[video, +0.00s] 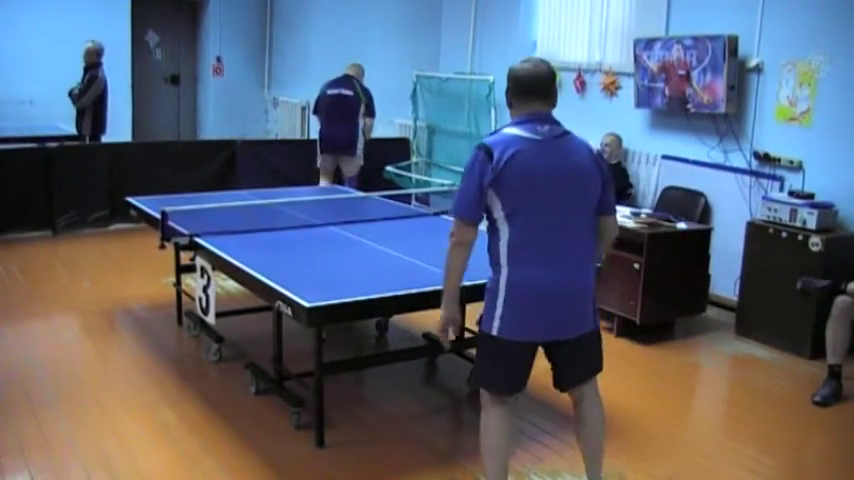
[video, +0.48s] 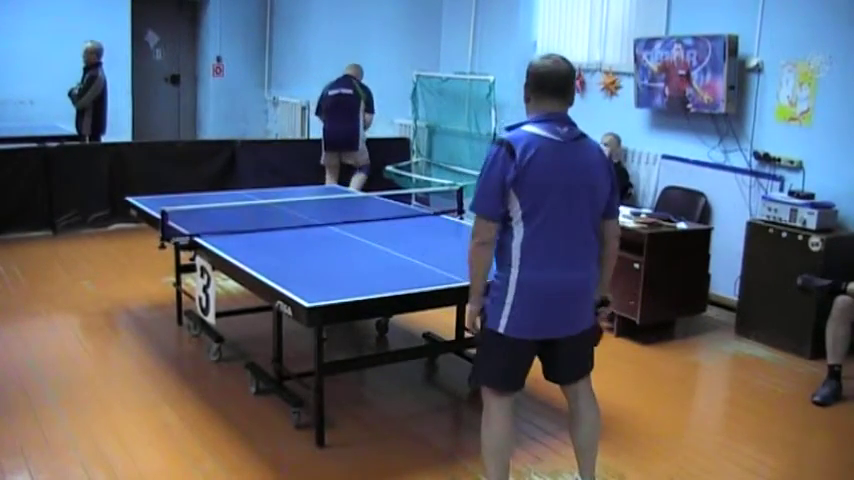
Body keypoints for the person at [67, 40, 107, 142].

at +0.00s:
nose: (85, 57)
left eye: (89, 54)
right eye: (85, 53)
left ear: (98, 56)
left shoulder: (96, 76)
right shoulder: (88, 74)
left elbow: (81, 101)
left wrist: (74, 92)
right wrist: (76, 92)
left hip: (92, 128)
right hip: (85, 127)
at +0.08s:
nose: (85, 57)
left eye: (89, 54)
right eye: (85, 53)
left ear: (98, 56)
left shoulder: (96, 76)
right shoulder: (88, 74)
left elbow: (81, 101)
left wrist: (74, 92)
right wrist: (76, 92)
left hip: (92, 128)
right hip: (85, 127)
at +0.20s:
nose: (85, 57)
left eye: (89, 54)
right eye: (85, 53)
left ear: (97, 56)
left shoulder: (96, 76)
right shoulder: (88, 73)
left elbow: (82, 101)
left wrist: (74, 92)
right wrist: (76, 92)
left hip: (92, 128)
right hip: (84, 127)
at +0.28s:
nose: (85, 57)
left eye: (89, 54)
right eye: (85, 53)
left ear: (97, 56)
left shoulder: (96, 76)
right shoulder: (88, 73)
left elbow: (81, 101)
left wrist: (74, 92)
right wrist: (76, 92)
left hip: (92, 128)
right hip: (85, 127)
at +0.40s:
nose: (85, 57)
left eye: (89, 54)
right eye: (85, 53)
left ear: (97, 56)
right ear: (83, 54)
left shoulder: (96, 76)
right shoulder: (87, 73)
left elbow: (82, 101)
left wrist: (74, 92)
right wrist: (76, 93)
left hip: (92, 128)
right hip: (84, 127)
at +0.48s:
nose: (84, 56)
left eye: (88, 53)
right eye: (84, 52)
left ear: (96, 56)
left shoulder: (96, 76)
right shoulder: (88, 73)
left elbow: (81, 102)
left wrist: (73, 92)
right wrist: (76, 93)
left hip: (91, 128)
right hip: (85, 127)